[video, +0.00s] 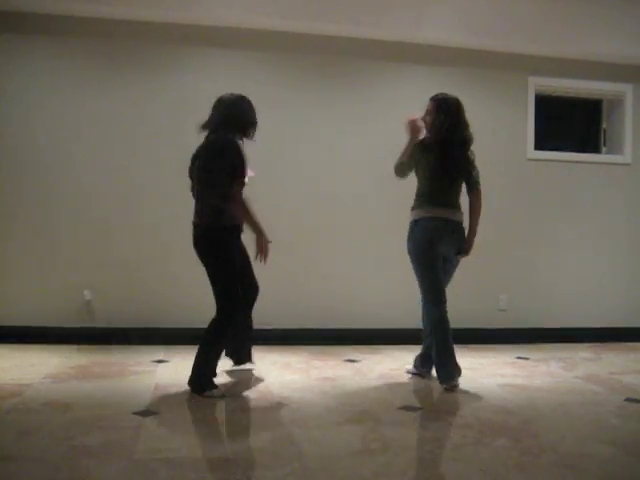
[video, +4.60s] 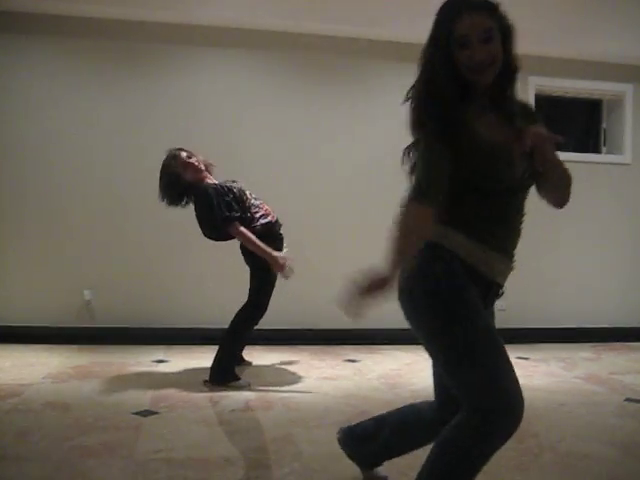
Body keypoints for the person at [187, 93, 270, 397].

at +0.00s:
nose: (252, 126)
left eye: (252, 120)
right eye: (250, 120)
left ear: (219, 116)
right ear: (240, 119)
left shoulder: (208, 146)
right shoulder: (229, 148)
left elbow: (200, 188)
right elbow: (233, 196)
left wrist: (236, 185)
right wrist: (259, 231)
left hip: (212, 232)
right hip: (218, 235)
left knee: (247, 289)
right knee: (229, 304)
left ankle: (239, 351)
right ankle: (201, 380)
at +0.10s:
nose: (251, 132)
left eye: (251, 126)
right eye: (247, 126)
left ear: (233, 130)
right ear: (233, 129)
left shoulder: (231, 160)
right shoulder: (215, 162)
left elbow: (242, 199)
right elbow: (201, 208)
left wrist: (273, 193)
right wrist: (230, 236)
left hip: (234, 241)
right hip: (219, 243)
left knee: (247, 301)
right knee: (238, 305)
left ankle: (229, 356)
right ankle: (201, 379)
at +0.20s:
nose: (244, 130)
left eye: (248, 125)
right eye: (238, 125)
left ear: (251, 128)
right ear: (224, 127)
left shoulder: (243, 154)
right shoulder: (214, 157)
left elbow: (253, 185)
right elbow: (194, 198)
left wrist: (276, 206)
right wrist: (209, 211)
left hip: (236, 236)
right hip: (220, 237)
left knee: (245, 300)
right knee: (242, 302)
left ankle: (227, 356)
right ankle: (204, 376)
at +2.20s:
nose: (260, 157)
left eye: (262, 153)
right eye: (260, 151)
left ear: (249, 143)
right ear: (251, 143)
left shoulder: (243, 164)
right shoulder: (226, 152)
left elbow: (250, 204)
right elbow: (214, 190)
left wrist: (276, 189)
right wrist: (226, 187)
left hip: (250, 235)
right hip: (241, 235)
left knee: (249, 298)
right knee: (247, 299)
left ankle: (231, 354)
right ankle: (222, 370)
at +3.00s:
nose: (242, 154)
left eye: (243, 149)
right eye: (241, 147)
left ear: (224, 139)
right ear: (230, 141)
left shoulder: (223, 156)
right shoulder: (215, 155)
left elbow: (256, 174)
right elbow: (247, 181)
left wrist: (292, 184)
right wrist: (273, 197)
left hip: (244, 235)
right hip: (238, 237)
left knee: (246, 299)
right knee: (246, 300)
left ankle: (227, 352)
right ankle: (220, 371)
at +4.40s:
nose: (214, 162)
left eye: (213, 158)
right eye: (211, 159)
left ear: (192, 163)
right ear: (200, 162)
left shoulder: (208, 186)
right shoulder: (207, 189)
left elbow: (249, 196)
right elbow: (243, 216)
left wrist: (286, 195)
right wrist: (288, 218)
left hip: (256, 241)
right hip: (259, 244)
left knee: (252, 305)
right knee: (252, 308)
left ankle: (231, 353)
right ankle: (219, 373)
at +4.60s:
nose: (193, 162)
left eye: (191, 156)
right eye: (186, 165)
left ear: (198, 157)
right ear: (182, 179)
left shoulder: (213, 186)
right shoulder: (209, 194)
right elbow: (238, 231)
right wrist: (272, 256)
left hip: (263, 237)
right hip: (260, 242)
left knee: (256, 305)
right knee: (256, 307)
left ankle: (232, 353)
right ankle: (221, 372)